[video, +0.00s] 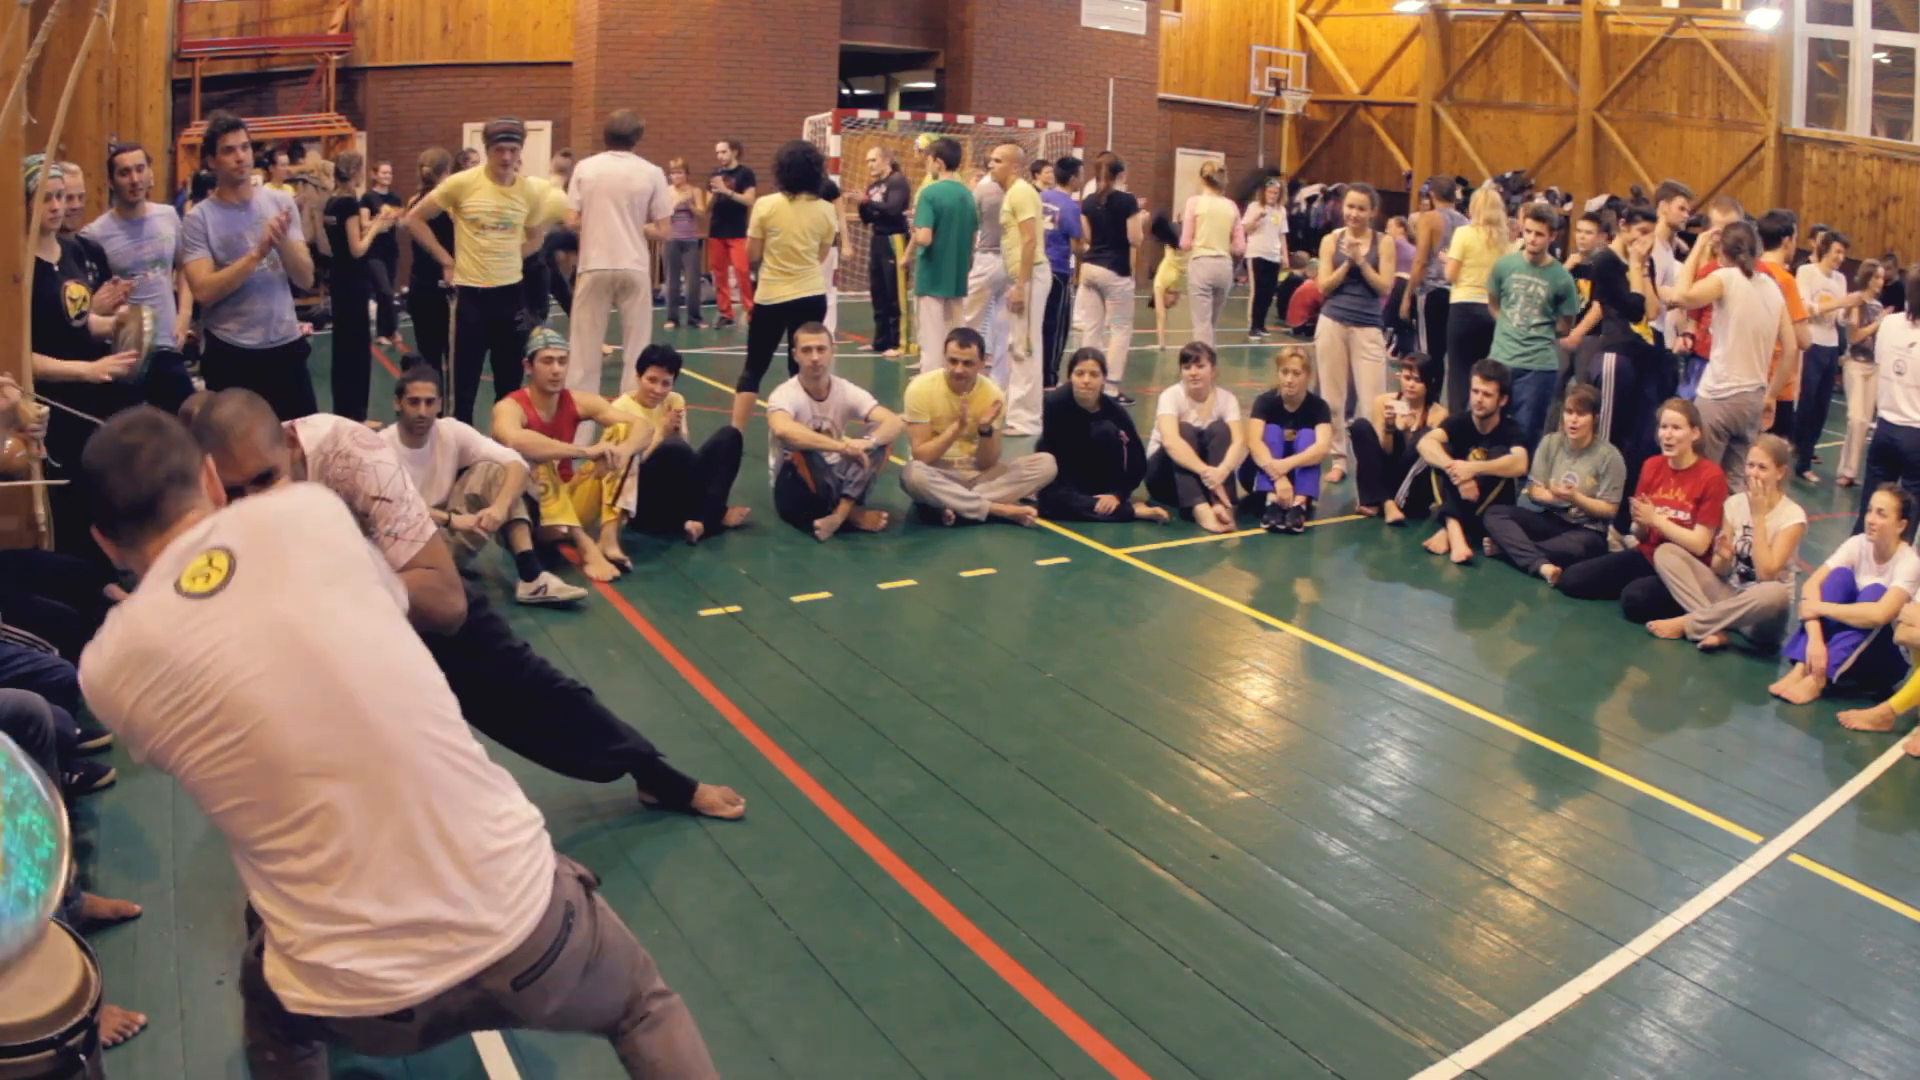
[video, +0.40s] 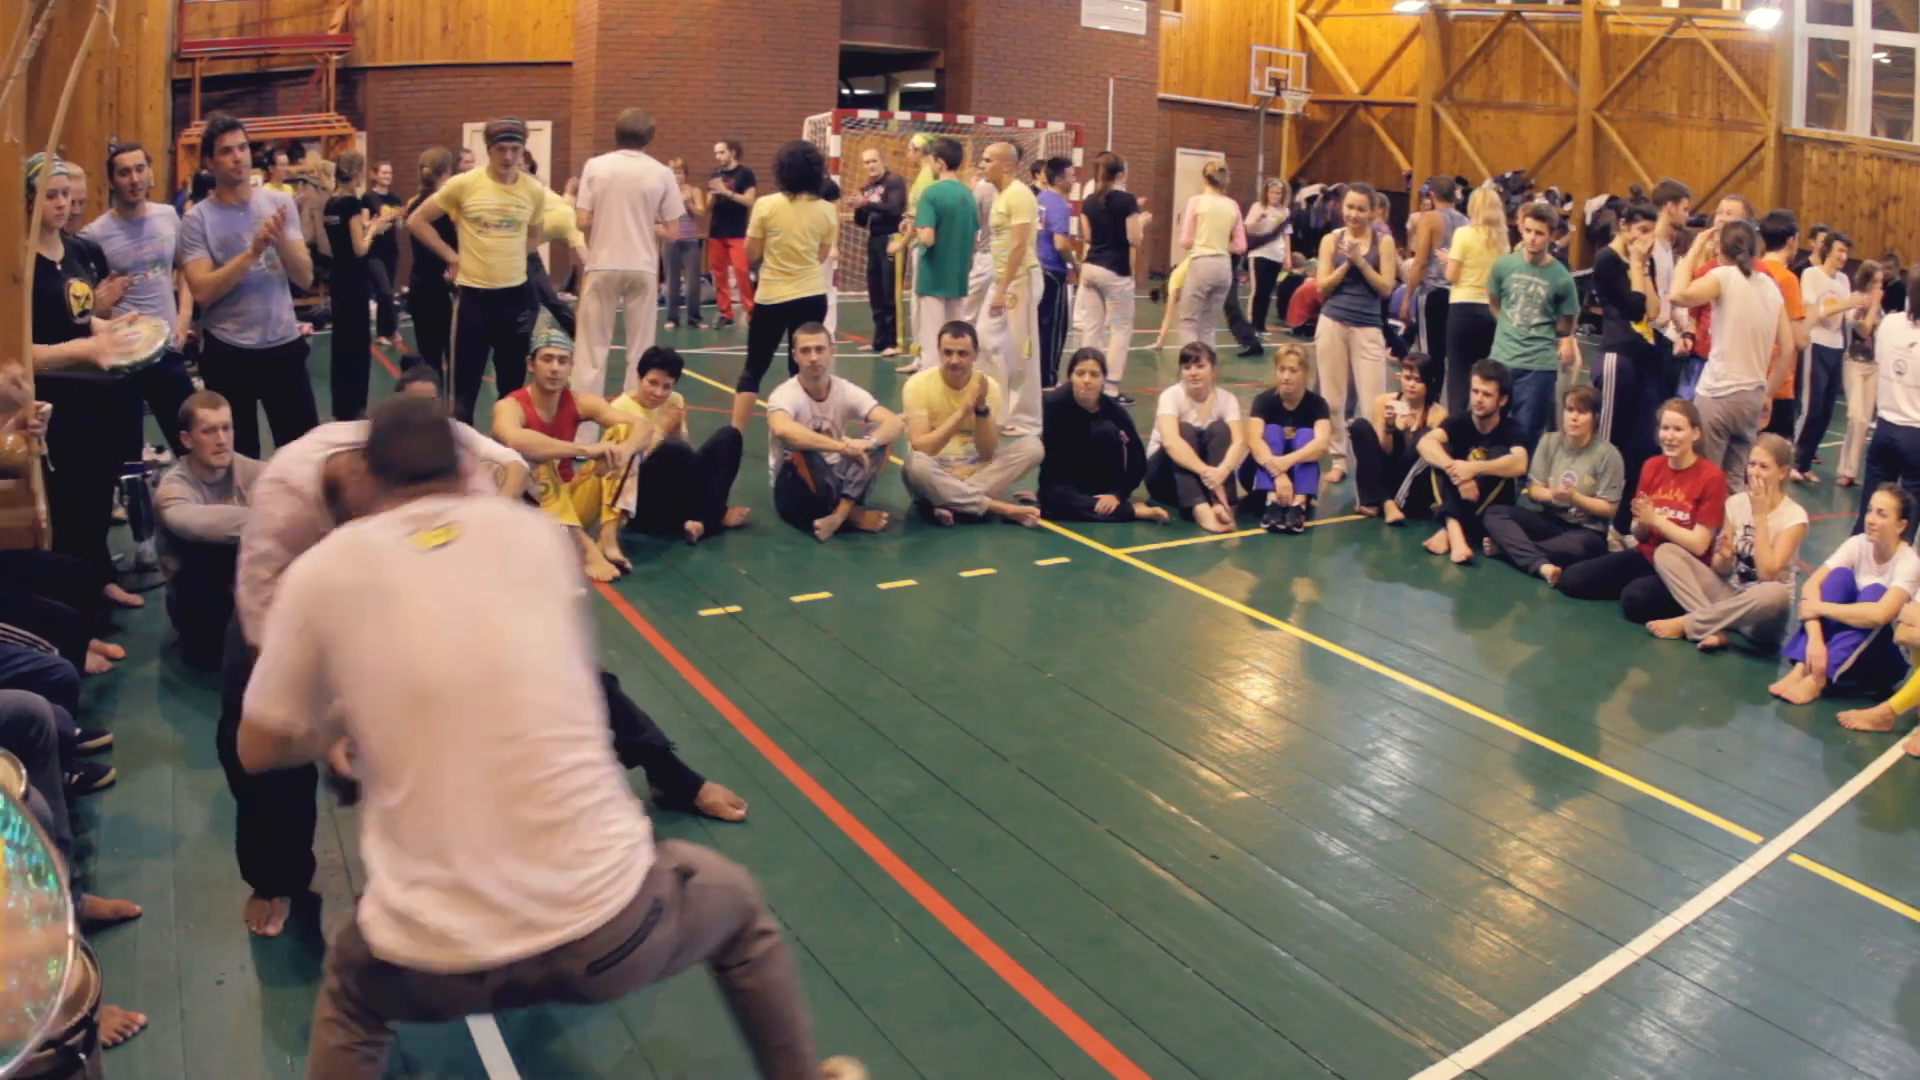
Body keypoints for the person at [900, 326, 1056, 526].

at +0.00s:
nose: (959, 370)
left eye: (968, 363)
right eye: (953, 361)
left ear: (982, 363)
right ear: (944, 358)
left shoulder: (992, 392)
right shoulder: (921, 388)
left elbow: (986, 463)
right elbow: (921, 457)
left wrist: (985, 430)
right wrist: (956, 427)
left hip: (982, 473)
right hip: (939, 473)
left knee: (1047, 464)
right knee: (912, 473)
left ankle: (962, 508)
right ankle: (995, 509)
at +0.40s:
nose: (954, 361)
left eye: (963, 354)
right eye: (948, 353)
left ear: (975, 355)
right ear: (939, 352)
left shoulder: (989, 386)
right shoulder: (918, 385)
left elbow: (987, 452)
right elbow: (921, 447)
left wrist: (981, 409)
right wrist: (963, 410)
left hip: (979, 465)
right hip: (938, 465)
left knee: (1033, 447)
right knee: (916, 466)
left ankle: (955, 504)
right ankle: (1002, 509)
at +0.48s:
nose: (954, 357)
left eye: (962, 350)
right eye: (947, 349)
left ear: (975, 351)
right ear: (938, 350)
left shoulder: (988, 381)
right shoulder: (918, 381)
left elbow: (995, 436)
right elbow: (920, 436)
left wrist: (982, 391)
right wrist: (963, 400)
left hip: (974, 463)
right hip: (937, 463)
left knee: (1023, 442)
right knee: (919, 456)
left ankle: (949, 501)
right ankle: (1002, 507)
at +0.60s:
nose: (954, 353)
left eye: (961, 346)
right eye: (946, 346)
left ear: (974, 348)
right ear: (937, 348)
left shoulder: (983, 376)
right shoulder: (919, 377)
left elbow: (1008, 414)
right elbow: (917, 418)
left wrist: (986, 368)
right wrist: (962, 384)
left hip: (971, 470)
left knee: (1019, 432)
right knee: (925, 437)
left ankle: (947, 499)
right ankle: (997, 506)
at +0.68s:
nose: (954, 352)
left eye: (961, 346)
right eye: (946, 346)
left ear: (972, 348)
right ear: (937, 348)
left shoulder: (981, 375)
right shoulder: (919, 376)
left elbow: (1018, 406)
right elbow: (915, 412)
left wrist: (989, 361)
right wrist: (962, 376)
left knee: (1012, 427)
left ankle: (948, 499)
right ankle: (990, 503)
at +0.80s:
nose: (954, 355)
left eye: (961, 348)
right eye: (946, 349)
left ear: (973, 349)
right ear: (937, 350)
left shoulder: (987, 378)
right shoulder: (919, 378)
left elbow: (1030, 410)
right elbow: (910, 416)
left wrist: (1007, 376)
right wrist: (960, 391)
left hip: (979, 451)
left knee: (1013, 424)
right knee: (935, 426)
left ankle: (975, 475)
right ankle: (968, 478)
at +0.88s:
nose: (956, 358)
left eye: (963, 350)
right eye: (948, 351)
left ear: (974, 351)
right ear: (938, 353)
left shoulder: (987, 379)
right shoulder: (920, 381)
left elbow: (1032, 418)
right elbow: (914, 419)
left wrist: (1013, 390)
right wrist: (961, 410)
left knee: (1011, 424)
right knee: (940, 429)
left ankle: (975, 480)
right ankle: (975, 480)